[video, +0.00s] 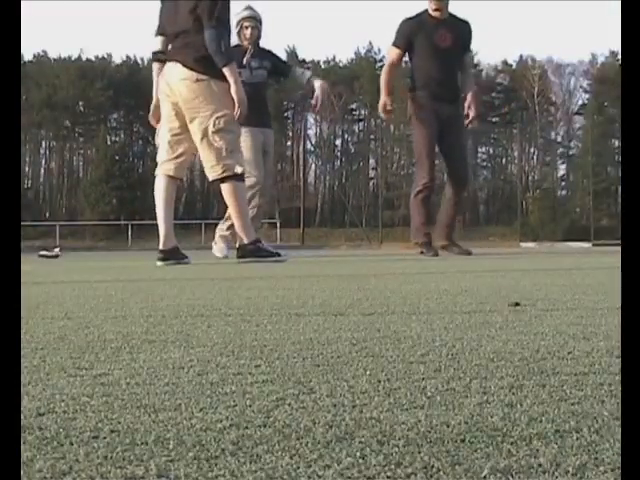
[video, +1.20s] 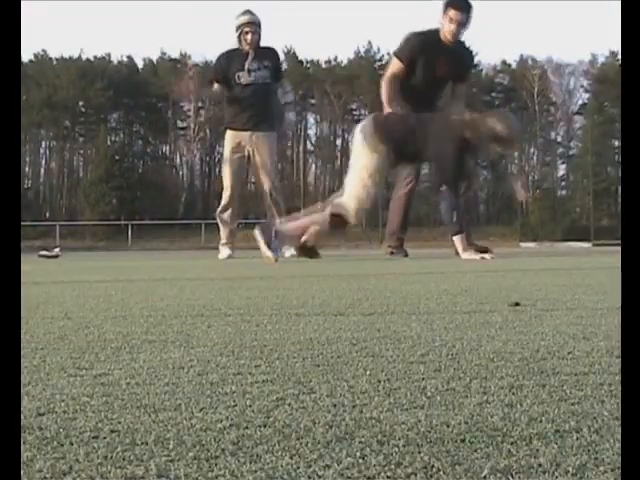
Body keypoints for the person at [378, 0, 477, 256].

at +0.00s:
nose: (436, 1)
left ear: (447, 0)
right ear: (427, 1)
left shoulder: (462, 27)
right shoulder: (411, 25)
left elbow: (466, 68)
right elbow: (391, 63)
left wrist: (471, 95)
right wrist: (384, 95)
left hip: (452, 108)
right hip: (422, 106)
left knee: (459, 177)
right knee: (425, 177)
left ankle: (444, 238)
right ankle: (422, 239)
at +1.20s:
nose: (456, 28)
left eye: (461, 24)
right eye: (452, 21)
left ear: (466, 25)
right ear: (443, 18)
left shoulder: (464, 56)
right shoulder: (417, 41)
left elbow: (458, 97)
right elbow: (388, 78)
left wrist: (458, 124)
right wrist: (389, 109)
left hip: (434, 117)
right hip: (404, 114)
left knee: (451, 177)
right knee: (408, 176)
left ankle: (462, 242)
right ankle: (394, 242)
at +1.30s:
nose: (463, 39)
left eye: (469, 35)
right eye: (460, 31)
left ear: (474, 36)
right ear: (451, 28)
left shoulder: (469, 67)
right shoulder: (425, 50)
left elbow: (459, 107)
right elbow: (396, 91)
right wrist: (406, 126)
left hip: (434, 122)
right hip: (408, 119)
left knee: (461, 170)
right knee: (409, 170)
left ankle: (465, 243)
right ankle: (394, 242)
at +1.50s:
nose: (487, 71)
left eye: (492, 68)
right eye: (484, 64)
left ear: (495, 72)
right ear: (473, 60)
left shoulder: (479, 104)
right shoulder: (453, 75)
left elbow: (469, 130)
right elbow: (423, 68)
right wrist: (410, 60)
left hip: (449, 138)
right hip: (424, 131)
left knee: (479, 175)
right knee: (415, 180)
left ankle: (468, 243)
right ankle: (391, 240)